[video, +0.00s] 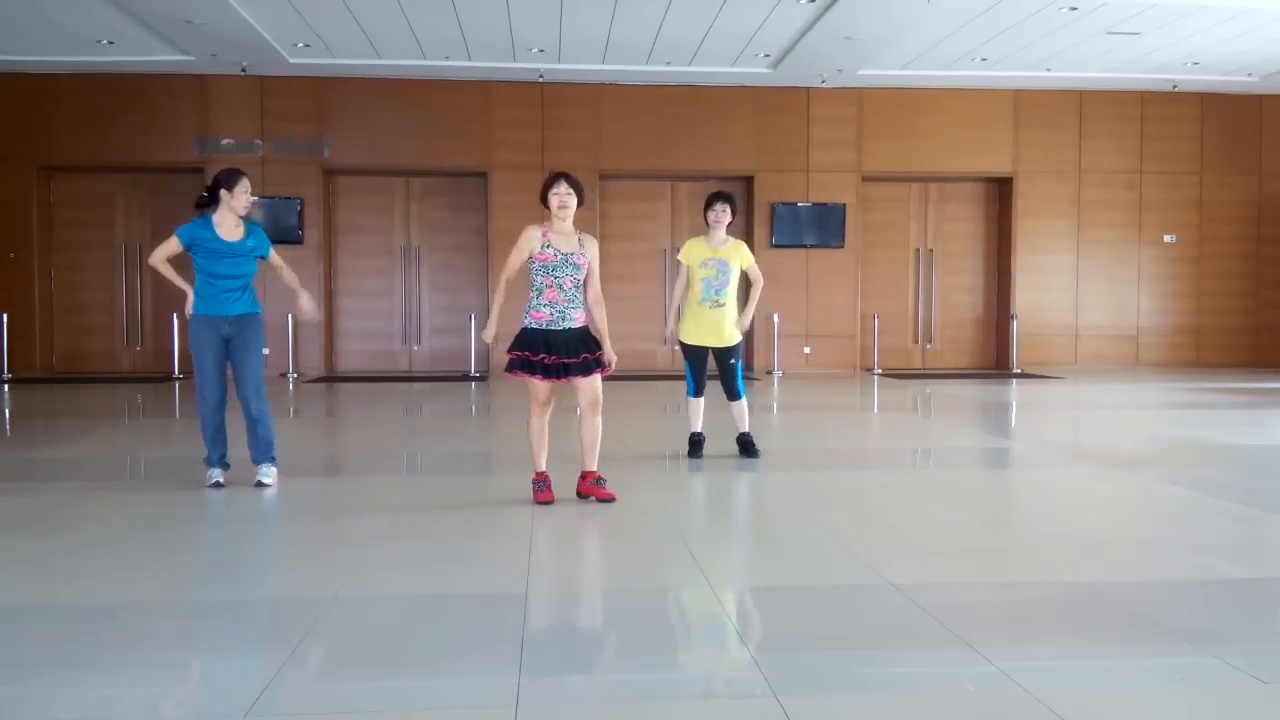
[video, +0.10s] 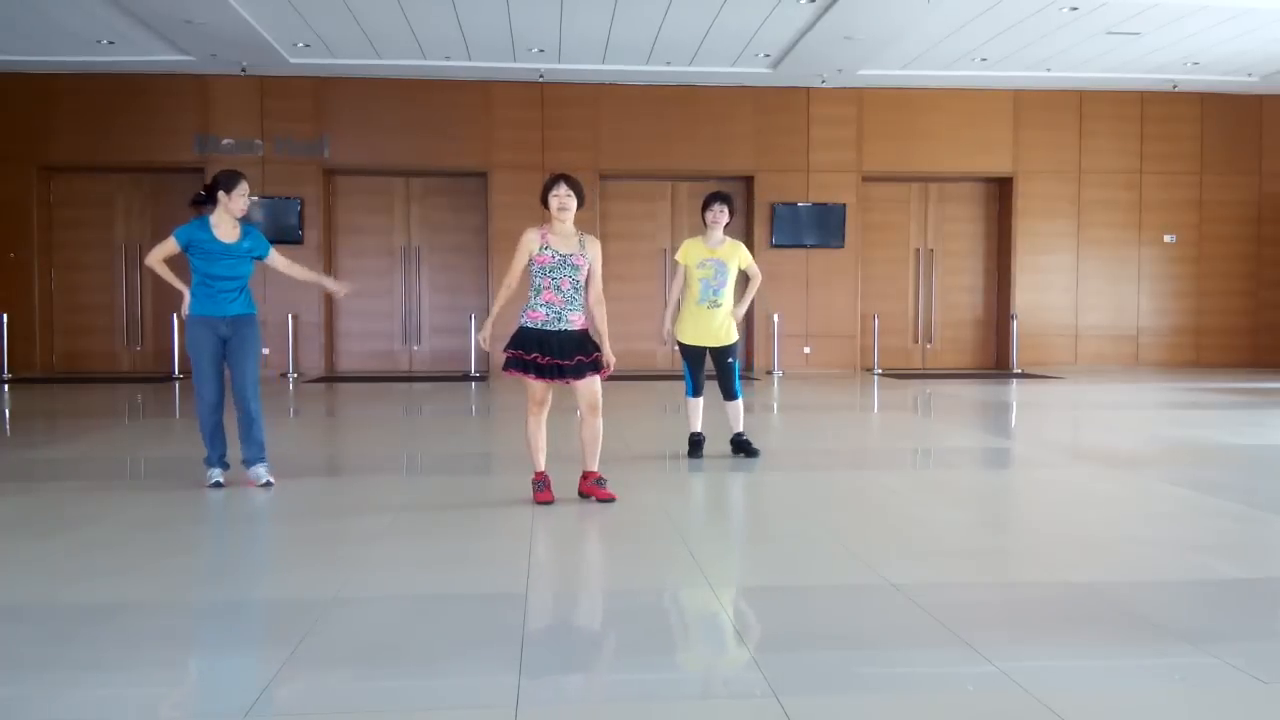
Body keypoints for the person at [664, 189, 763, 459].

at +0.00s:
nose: (718, 214)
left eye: (724, 210)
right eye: (714, 209)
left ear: (731, 217)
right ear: (705, 214)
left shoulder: (739, 249)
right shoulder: (691, 246)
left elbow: (757, 281)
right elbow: (680, 284)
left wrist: (747, 314)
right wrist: (671, 320)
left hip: (726, 329)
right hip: (692, 328)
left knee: (734, 387)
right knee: (695, 387)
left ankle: (744, 436)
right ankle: (696, 437)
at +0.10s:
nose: (716, 214)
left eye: (722, 211)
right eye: (712, 209)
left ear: (729, 217)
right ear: (703, 214)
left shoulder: (737, 249)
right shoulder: (689, 246)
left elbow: (756, 276)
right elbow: (677, 283)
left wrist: (742, 306)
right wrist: (667, 320)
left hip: (723, 327)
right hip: (690, 326)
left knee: (731, 386)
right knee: (694, 386)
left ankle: (738, 437)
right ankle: (696, 437)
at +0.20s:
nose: (715, 214)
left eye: (721, 211)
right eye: (711, 209)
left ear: (728, 218)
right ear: (702, 214)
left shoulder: (735, 249)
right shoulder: (688, 246)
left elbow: (752, 276)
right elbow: (675, 284)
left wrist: (740, 305)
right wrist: (667, 320)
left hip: (722, 327)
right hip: (689, 326)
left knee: (731, 385)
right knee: (694, 386)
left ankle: (737, 437)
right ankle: (695, 437)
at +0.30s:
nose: (715, 215)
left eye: (721, 212)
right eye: (711, 210)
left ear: (728, 218)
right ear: (702, 214)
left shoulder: (735, 249)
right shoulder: (687, 246)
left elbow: (750, 280)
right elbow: (675, 285)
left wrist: (740, 308)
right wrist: (667, 321)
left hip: (722, 327)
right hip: (689, 327)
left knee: (734, 387)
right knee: (694, 387)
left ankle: (741, 435)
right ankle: (695, 437)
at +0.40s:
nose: (716, 215)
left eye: (722, 211)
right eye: (712, 210)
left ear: (728, 218)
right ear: (703, 215)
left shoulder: (736, 249)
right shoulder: (688, 248)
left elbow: (753, 280)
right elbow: (678, 284)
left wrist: (744, 308)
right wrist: (671, 321)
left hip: (725, 328)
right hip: (692, 328)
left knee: (736, 386)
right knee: (695, 387)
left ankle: (747, 434)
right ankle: (696, 438)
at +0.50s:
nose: (719, 215)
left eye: (725, 211)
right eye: (714, 210)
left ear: (731, 218)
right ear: (706, 215)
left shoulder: (739, 249)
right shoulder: (691, 249)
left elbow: (757, 279)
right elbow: (682, 286)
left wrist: (747, 309)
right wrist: (676, 323)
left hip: (729, 328)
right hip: (696, 328)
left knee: (739, 386)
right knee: (697, 386)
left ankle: (752, 435)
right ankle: (695, 438)